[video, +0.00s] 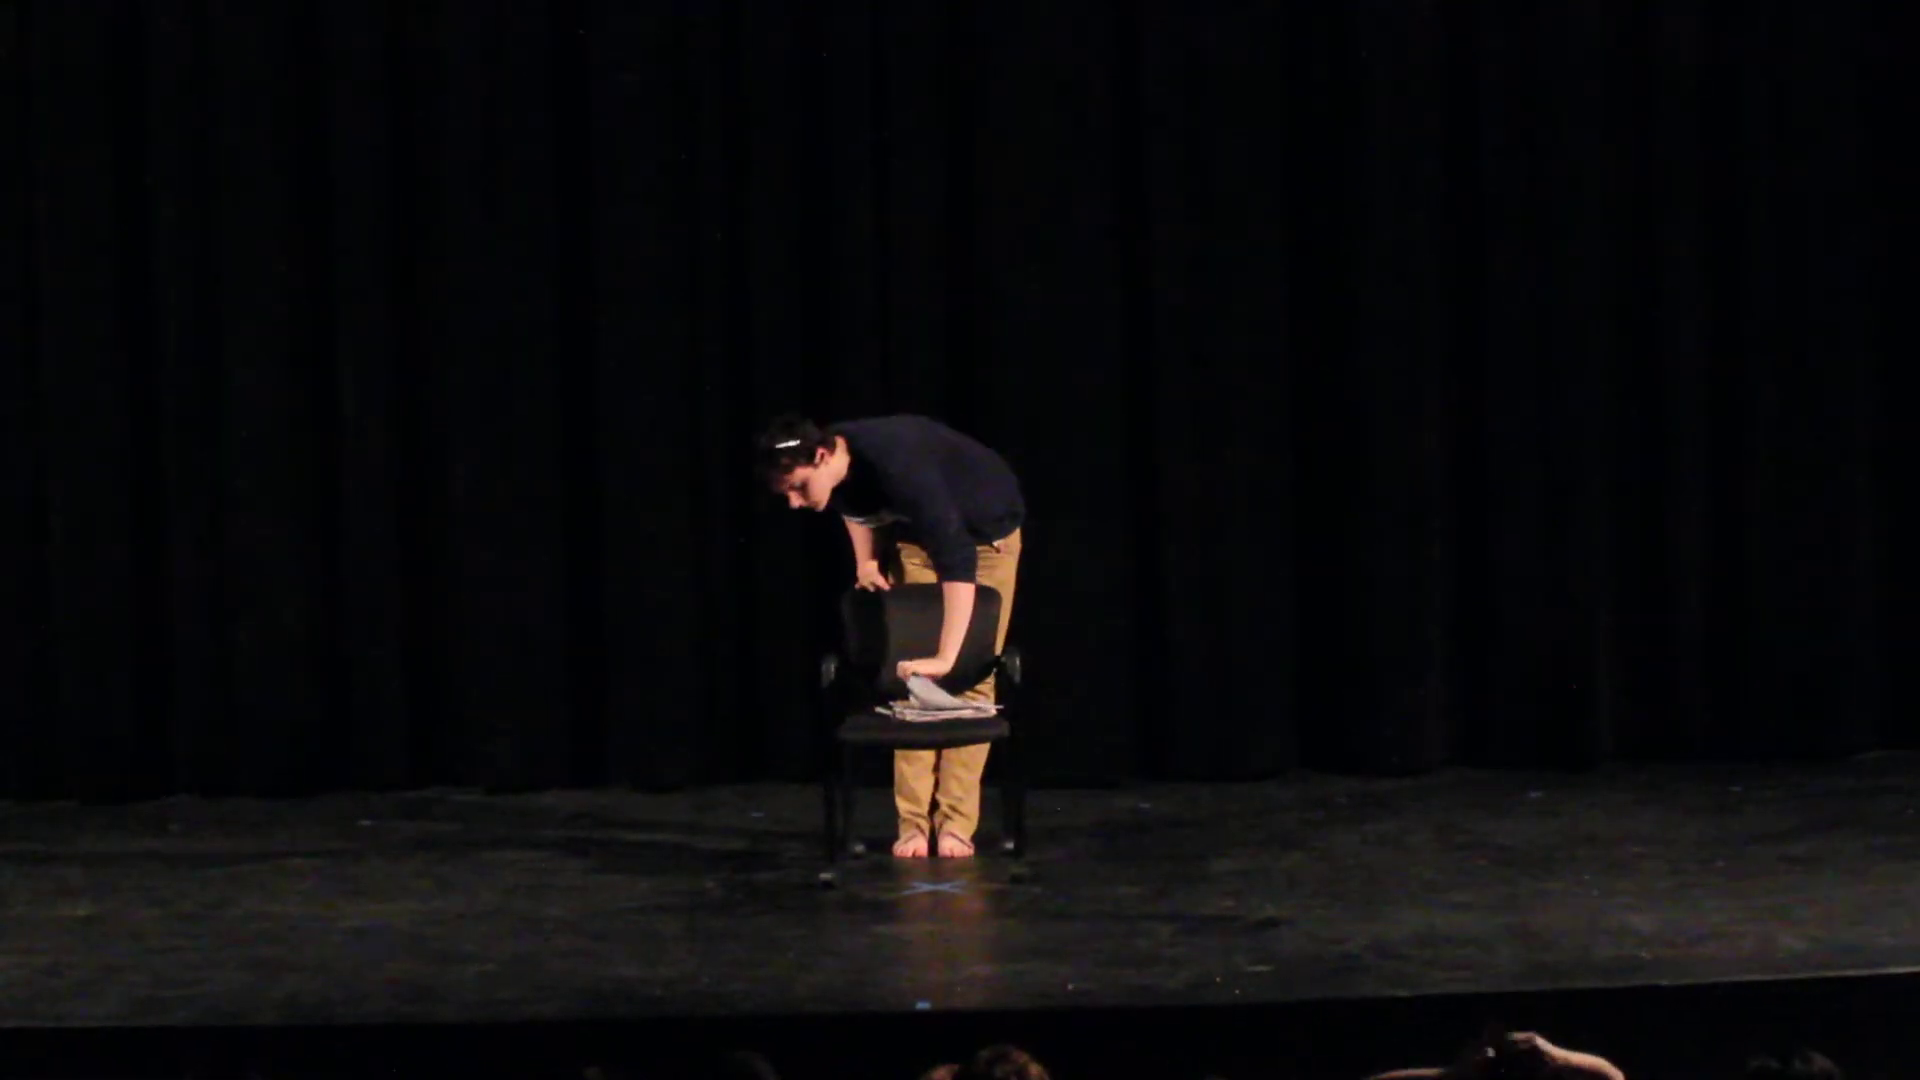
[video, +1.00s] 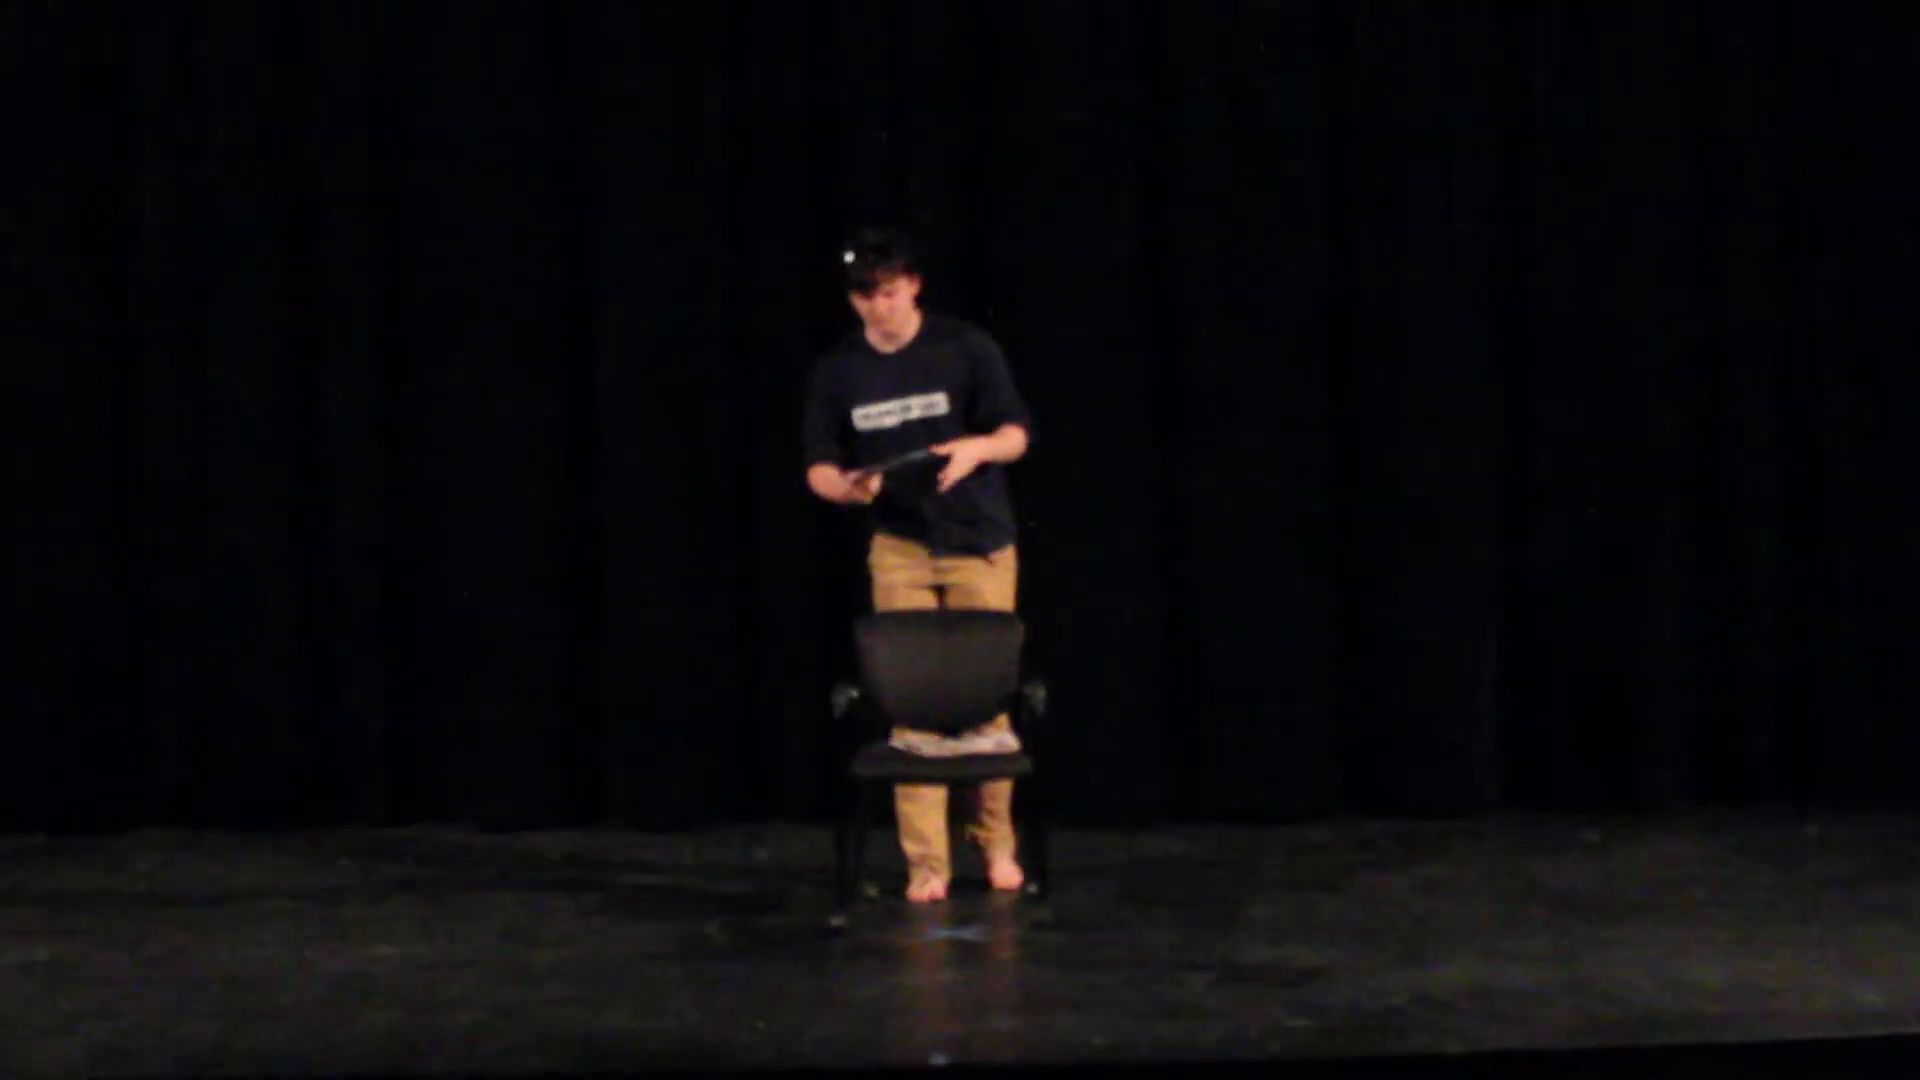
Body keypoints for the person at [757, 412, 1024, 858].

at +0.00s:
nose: (796, 502)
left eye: (799, 487)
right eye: (787, 494)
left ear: (826, 455)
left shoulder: (907, 466)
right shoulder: (834, 462)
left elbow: (959, 558)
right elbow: (853, 507)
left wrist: (946, 658)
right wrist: (865, 562)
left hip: (989, 539)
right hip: (915, 543)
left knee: (970, 680)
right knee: (912, 680)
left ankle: (955, 823)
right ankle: (913, 823)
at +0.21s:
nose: (798, 494)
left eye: (802, 479)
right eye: (791, 485)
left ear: (827, 448)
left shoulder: (907, 460)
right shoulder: (835, 455)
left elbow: (963, 551)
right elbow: (851, 500)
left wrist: (930, 644)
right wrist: (865, 551)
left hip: (988, 533)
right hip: (915, 538)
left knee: (972, 675)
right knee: (913, 674)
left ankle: (957, 818)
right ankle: (916, 818)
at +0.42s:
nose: (812, 461)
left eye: (817, 445)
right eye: (803, 451)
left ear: (845, 418)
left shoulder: (913, 431)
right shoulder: (826, 450)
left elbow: (976, 513)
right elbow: (831, 494)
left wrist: (925, 581)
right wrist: (846, 541)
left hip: (981, 537)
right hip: (910, 541)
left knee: (970, 678)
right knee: (913, 678)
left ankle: (959, 814)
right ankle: (917, 814)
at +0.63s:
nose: (827, 409)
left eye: (834, 394)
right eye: (815, 401)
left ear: (857, 375)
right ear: (805, 399)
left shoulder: (914, 401)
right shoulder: (812, 434)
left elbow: (975, 491)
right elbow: (815, 521)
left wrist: (918, 512)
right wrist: (844, 564)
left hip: (966, 549)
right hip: (887, 562)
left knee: (964, 688)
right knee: (902, 694)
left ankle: (959, 833)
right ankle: (914, 834)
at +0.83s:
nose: (871, 357)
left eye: (880, 341)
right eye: (858, 345)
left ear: (901, 331)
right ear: (843, 346)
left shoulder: (948, 376)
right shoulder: (837, 405)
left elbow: (1003, 461)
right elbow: (830, 499)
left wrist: (963, 473)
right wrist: (853, 525)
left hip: (982, 554)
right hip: (904, 559)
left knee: (982, 701)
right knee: (914, 703)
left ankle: (985, 845)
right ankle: (930, 852)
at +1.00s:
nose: (878, 307)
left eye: (889, 291)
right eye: (866, 294)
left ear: (915, 287)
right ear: (852, 300)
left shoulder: (967, 350)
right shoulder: (838, 372)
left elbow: (1017, 434)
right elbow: (818, 467)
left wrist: (977, 450)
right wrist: (846, 488)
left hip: (980, 547)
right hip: (897, 549)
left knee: (988, 701)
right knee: (909, 706)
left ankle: (999, 843)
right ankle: (925, 864)